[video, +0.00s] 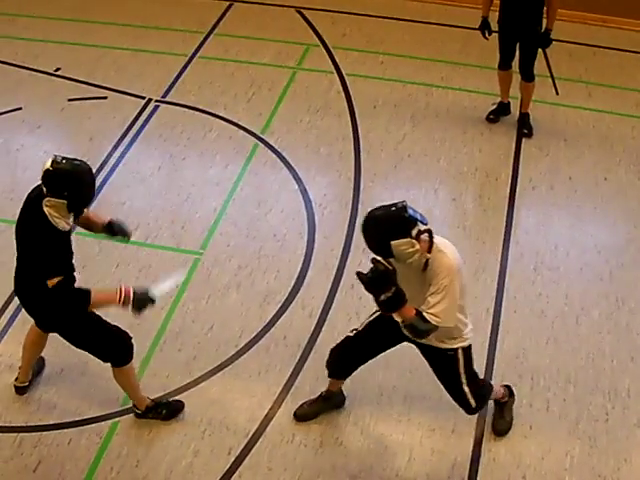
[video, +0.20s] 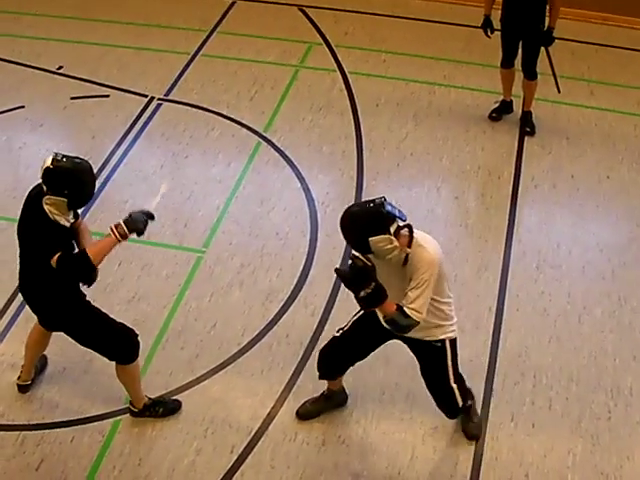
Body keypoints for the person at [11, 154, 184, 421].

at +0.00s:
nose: (85, 203)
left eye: (86, 198)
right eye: (82, 199)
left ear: (55, 187)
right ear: (67, 199)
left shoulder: (44, 196)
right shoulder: (48, 238)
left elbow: (79, 217)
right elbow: (62, 298)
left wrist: (106, 226)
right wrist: (125, 296)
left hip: (30, 290)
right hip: (49, 305)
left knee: (42, 323)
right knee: (119, 344)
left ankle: (23, 377)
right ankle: (141, 404)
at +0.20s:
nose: (80, 200)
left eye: (80, 195)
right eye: (78, 196)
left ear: (53, 184)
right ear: (68, 196)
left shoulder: (41, 195)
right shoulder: (45, 230)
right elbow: (76, 271)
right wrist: (122, 231)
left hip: (34, 286)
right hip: (54, 300)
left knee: (46, 320)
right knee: (125, 342)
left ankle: (26, 375)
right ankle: (139, 403)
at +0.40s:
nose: (87, 198)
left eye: (86, 193)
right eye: (84, 194)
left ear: (57, 182)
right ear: (73, 197)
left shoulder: (44, 194)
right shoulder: (50, 228)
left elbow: (82, 222)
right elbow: (77, 264)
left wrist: (87, 252)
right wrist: (119, 219)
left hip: (36, 284)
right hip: (60, 299)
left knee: (49, 317)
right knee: (131, 339)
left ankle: (29, 372)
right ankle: (143, 401)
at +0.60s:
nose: (96, 195)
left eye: (96, 190)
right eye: (95, 191)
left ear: (67, 178)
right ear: (83, 192)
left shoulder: (52, 190)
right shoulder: (64, 223)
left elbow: (90, 218)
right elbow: (87, 266)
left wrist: (98, 243)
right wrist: (124, 225)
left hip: (43, 280)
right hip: (67, 295)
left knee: (56, 311)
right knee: (139, 336)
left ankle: (36, 366)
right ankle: (150, 397)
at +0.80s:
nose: (89, 191)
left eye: (89, 186)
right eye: (86, 187)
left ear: (60, 182)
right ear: (71, 189)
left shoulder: (59, 196)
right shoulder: (40, 226)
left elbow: (83, 203)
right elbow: (9, 279)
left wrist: (100, 208)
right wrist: (44, 276)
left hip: (68, 292)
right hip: (83, 302)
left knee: (53, 325)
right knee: (156, 333)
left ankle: (20, 368)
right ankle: (161, 396)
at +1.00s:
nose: (106, 197)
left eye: (106, 193)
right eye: (103, 193)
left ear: (79, 182)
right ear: (88, 193)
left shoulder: (64, 194)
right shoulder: (66, 230)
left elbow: (96, 201)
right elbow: (61, 289)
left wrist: (123, 201)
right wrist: (101, 271)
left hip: (80, 290)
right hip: (93, 300)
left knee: (64, 324)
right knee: (167, 333)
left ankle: (32, 367)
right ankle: (173, 398)